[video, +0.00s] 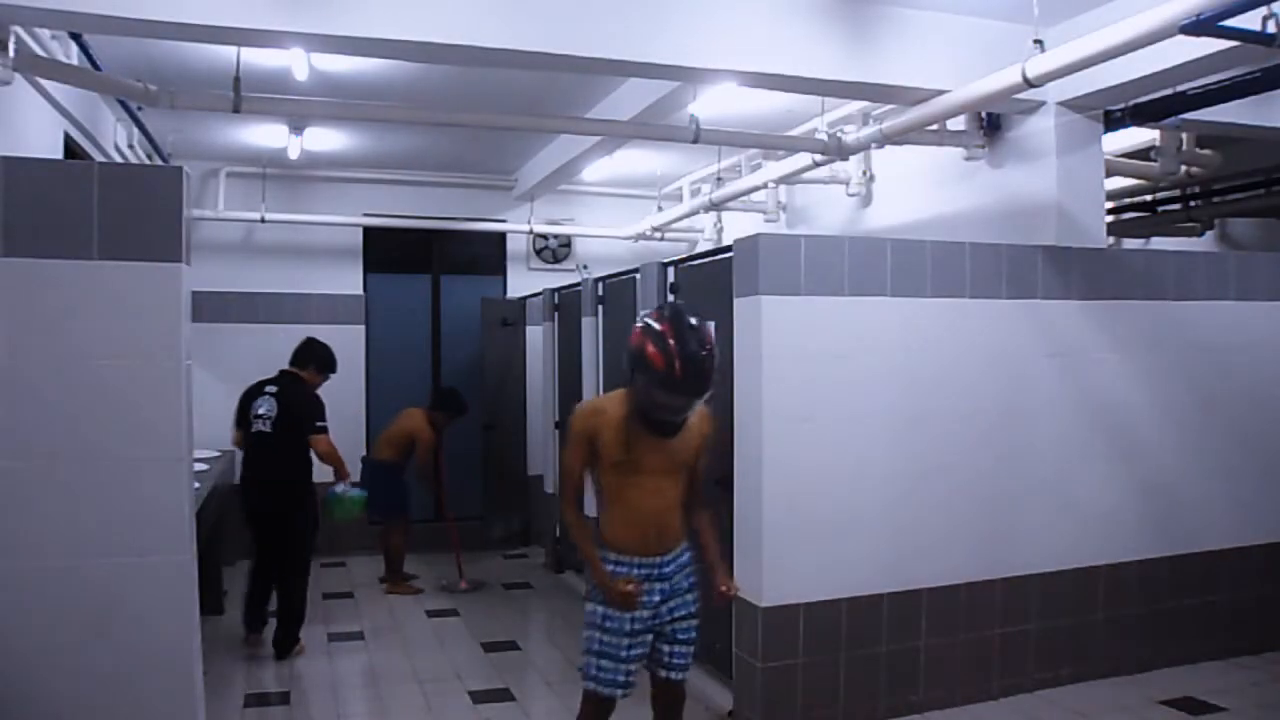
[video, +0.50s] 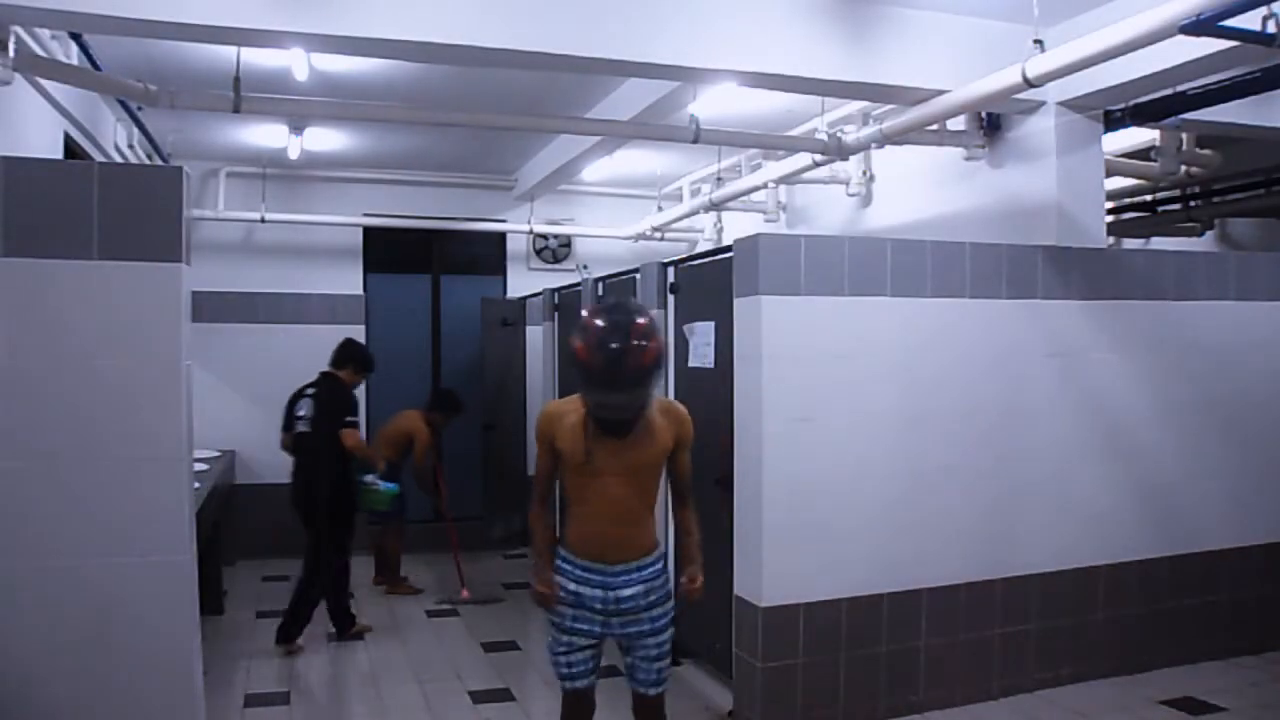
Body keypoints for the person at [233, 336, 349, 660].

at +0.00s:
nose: (321, 384)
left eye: (324, 379)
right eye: (322, 378)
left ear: (295, 364)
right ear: (313, 370)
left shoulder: (254, 391)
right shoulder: (307, 398)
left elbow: (240, 438)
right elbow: (321, 446)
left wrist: (269, 448)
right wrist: (340, 467)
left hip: (255, 490)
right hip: (293, 492)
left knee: (264, 557)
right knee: (295, 565)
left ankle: (253, 627)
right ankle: (285, 642)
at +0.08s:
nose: (326, 385)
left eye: (329, 379)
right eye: (327, 378)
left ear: (300, 364)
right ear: (317, 369)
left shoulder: (260, 391)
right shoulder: (309, 397)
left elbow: (251, 440)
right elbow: (323, 446)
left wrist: (281, 449)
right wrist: (342, 461)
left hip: (261, 489)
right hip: (297, 491)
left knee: (277, 557)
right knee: (297, 563)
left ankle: (271, 624)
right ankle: (284, 641)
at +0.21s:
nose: (333, 384)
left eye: (336, 379)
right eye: (334, 378)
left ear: (308, 364)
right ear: (325, 370)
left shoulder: (271, 393)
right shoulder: (315, 398)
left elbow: (275, 443)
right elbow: (327, 449)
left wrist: (315, 456)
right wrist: (349, 459)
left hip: (271, 488)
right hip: (305, 492)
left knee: (297, 558)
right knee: (301, 563)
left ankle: (310, 622)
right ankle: (285, 642)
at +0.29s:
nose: (340, 384)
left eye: (342, 379)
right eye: (341, 378)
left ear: (314, 364)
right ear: (332, 371)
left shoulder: (277, 395)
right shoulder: (321, 399)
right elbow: (331, 448)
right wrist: (354, 458)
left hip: (280, 489)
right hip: (312, 491)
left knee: (309, 560)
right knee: (305, 564)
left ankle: (335, 621)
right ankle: (285, 642)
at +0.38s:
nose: (347, 385)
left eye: (350, 379)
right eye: (348, 378)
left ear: (322, 365)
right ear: (338, 370)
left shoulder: (285, 396)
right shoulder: (328, 398)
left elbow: (277, 443)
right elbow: (339, 447)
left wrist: (312, 452)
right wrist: (362, 458)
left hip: (290, 489)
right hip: (320, 490)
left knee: (322, 559)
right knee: (309, 562)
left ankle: (342, 624)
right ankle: (285, 641)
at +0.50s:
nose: (360, 383)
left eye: (363, 376)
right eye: (361, 376)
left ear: (336, 365)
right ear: (351, 369)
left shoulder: (301, 395)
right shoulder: (343, 396)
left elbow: (288, 441)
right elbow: (351, 441)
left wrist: (317, 455)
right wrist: (375, 459)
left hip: (306, 484)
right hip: (334, 485)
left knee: (333, 556)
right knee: (324, 558)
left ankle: (344, 623)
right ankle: (288, 634)